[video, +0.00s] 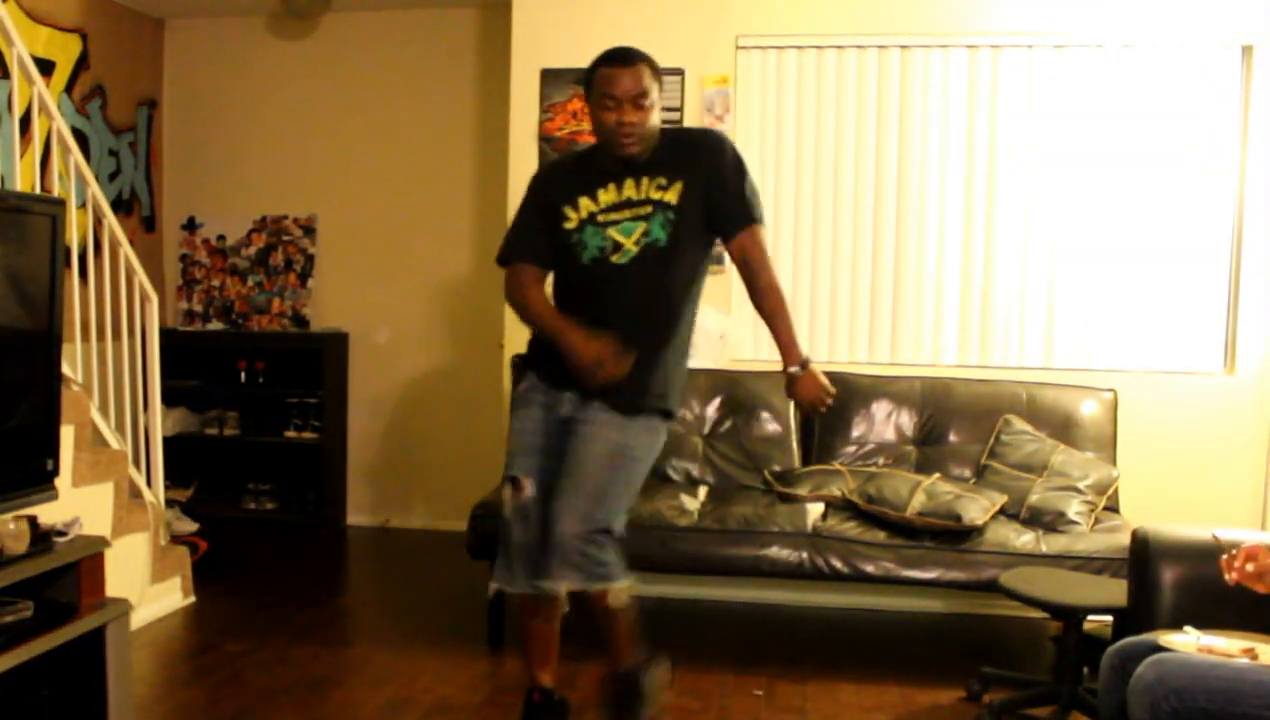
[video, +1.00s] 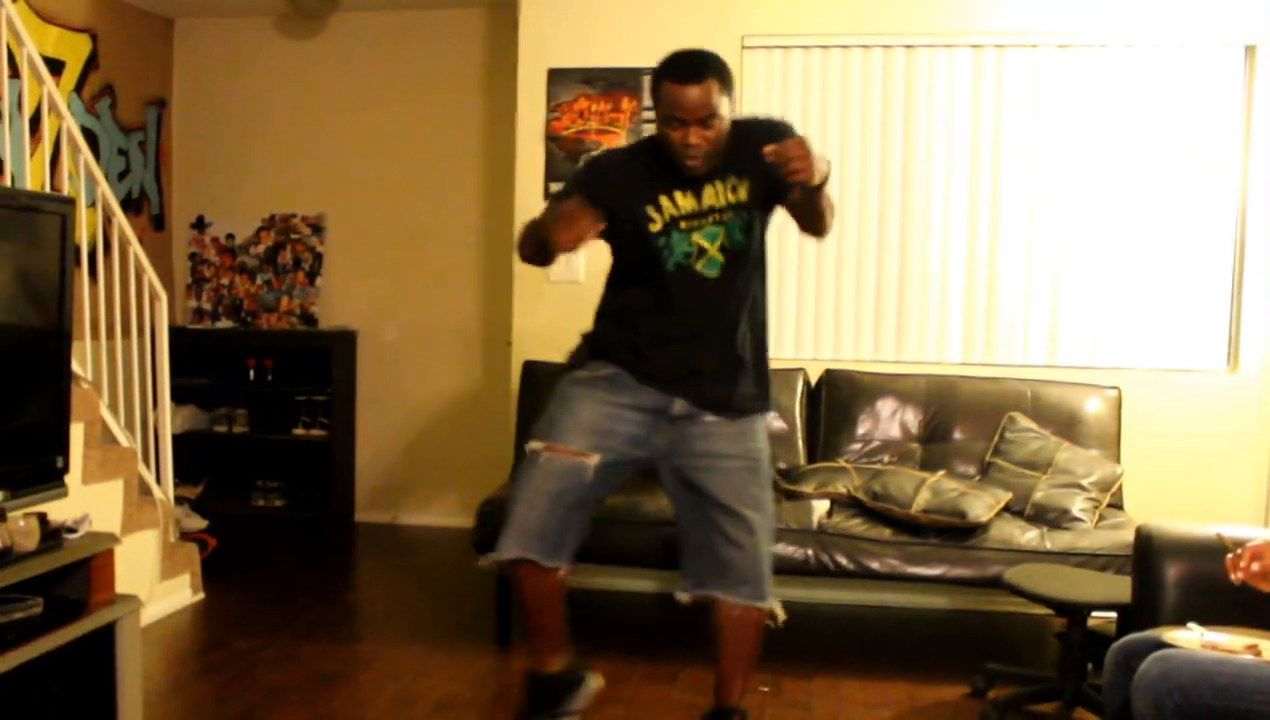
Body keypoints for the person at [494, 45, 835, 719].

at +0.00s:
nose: (628, 115)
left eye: (639, 101)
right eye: (613, 103)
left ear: (658, 100)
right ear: (589, 107)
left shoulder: (704, 156)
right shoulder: (559, 178)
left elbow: (753, 261)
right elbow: (520, 282)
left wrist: (797, 364)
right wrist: (569, 336)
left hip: (636, 390)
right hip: (549, 380)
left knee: (583, 536)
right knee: (530, 538)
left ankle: (631, 672)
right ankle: (543, 697)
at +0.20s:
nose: (613, 121)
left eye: (627, 108)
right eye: (599, 107)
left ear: (646, 106)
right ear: (573, 105)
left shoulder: (688, 171)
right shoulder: (534, 177)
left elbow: (738, 265)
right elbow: (515, 283)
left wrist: (751, 362)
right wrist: (489, 384)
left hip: (646, 393)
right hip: (552, 389)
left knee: (647, 565)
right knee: (524, 552)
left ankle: (626, 687)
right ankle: (546, 697)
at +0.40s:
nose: (627, 114)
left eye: (642, 101)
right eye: (613, 100)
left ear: (661, 101)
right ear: (588, 98)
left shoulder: (702, 176)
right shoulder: (549, 166)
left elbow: (736, 281)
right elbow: (515, 255)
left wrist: (763, 389)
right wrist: (481, 343)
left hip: (691, 409)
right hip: (578, 406)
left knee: (738, 576)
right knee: (520, 546)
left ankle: (723, 706)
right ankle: (541, 693)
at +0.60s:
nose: (667, 137)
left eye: (682, 123)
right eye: (653, 121)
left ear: (707, 115)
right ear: (632, 113)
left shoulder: (747, 181)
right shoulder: (593, 175)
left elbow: (798, 264)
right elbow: (531, 254)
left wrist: (803, 292)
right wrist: (471, 332)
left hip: (725, 410)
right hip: (629, 405)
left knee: (737, 591)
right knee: (627, 558)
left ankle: (723, 716)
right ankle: (537, 670)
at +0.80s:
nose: (694, 148)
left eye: (709, 134)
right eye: (680, 132)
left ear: (731, 128)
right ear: (659, 123)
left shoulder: (758, 188)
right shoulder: (605, 176)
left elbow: (803, 277)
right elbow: (514, 224)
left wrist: (793, 223)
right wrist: (477, 273)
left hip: (740, 409)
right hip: (642, 404)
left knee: (759, 578)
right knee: (637, 575)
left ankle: (725, 712)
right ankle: (652, 711)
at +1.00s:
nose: (692, 137)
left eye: (706, 121)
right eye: (676, 122)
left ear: (728, 110)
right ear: (655, 114)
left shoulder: (761, 148)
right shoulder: (620, 172)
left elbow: (817, 227)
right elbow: (531, 250)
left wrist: (810, 184)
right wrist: (552, 235)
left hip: (726, 396)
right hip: (616, 379)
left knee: (745, 568)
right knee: (530, 537)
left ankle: (729, 710)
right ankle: (555, 678)